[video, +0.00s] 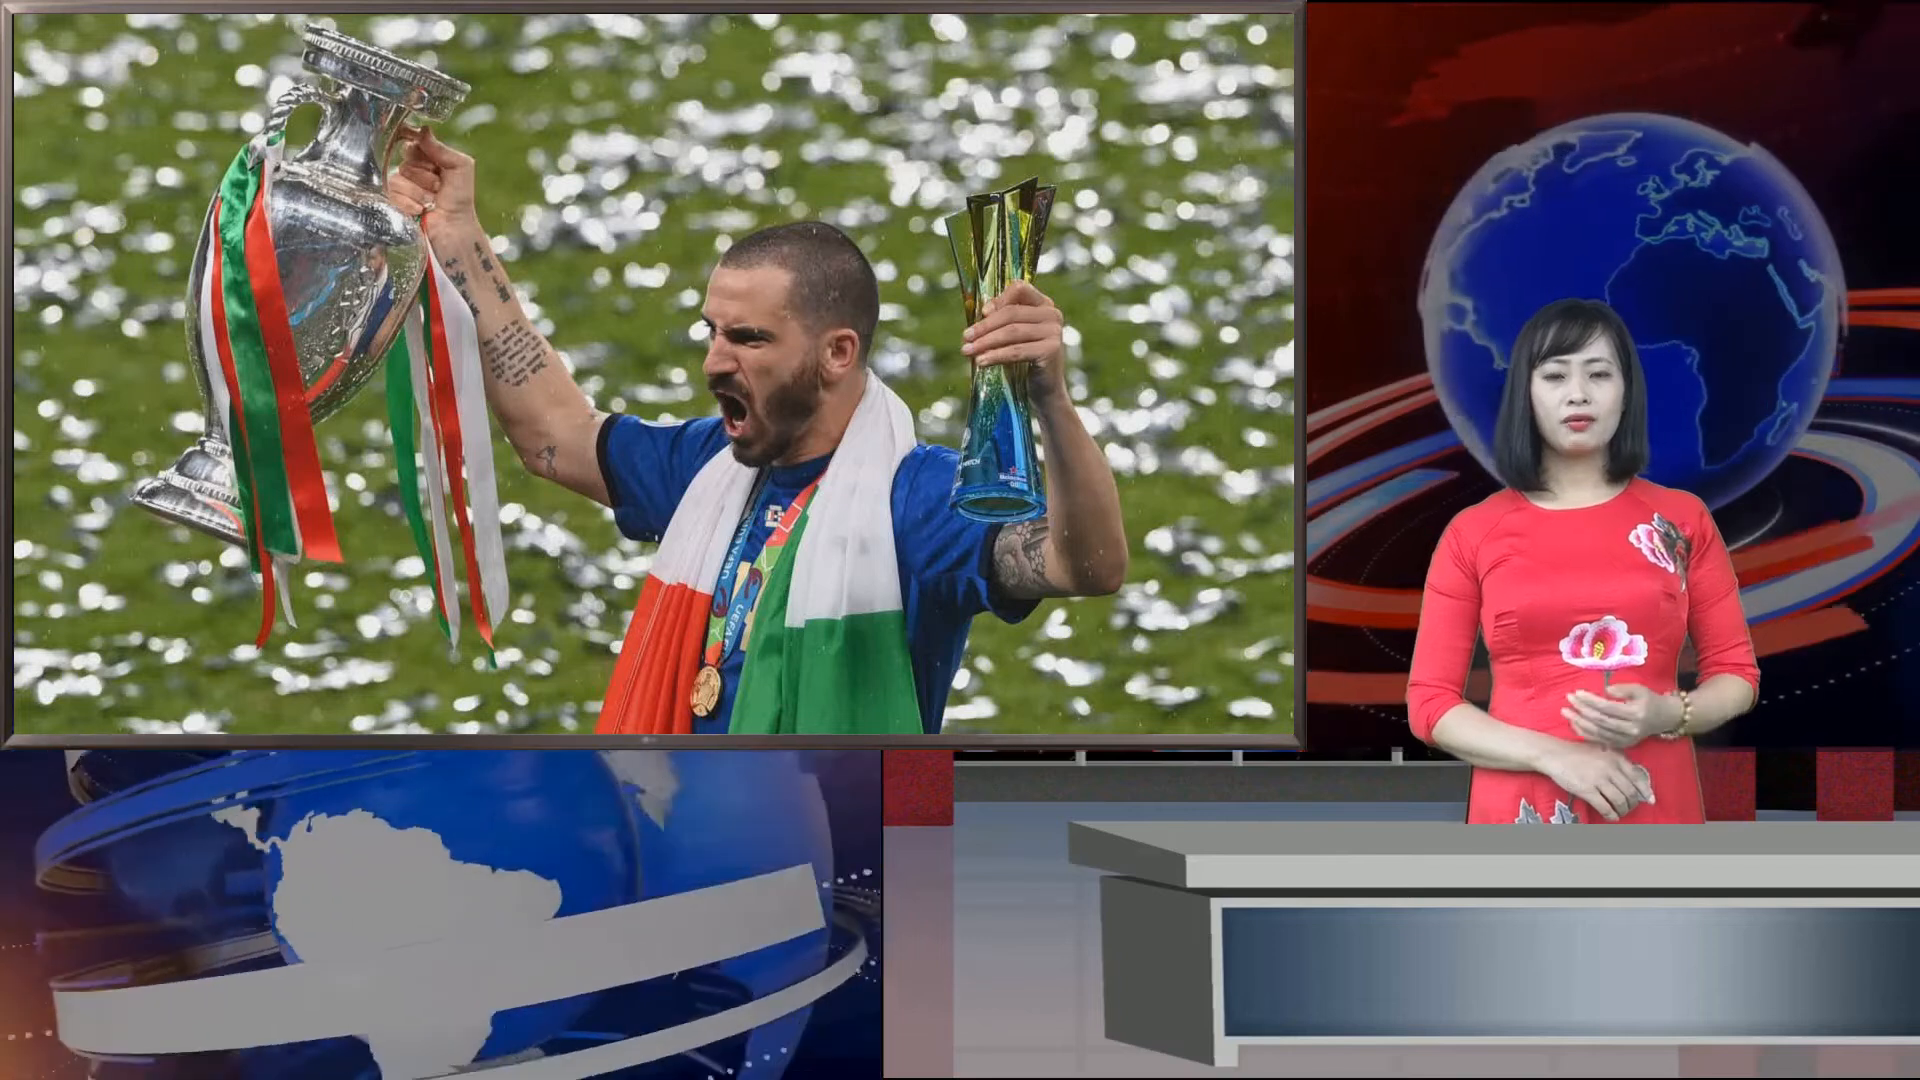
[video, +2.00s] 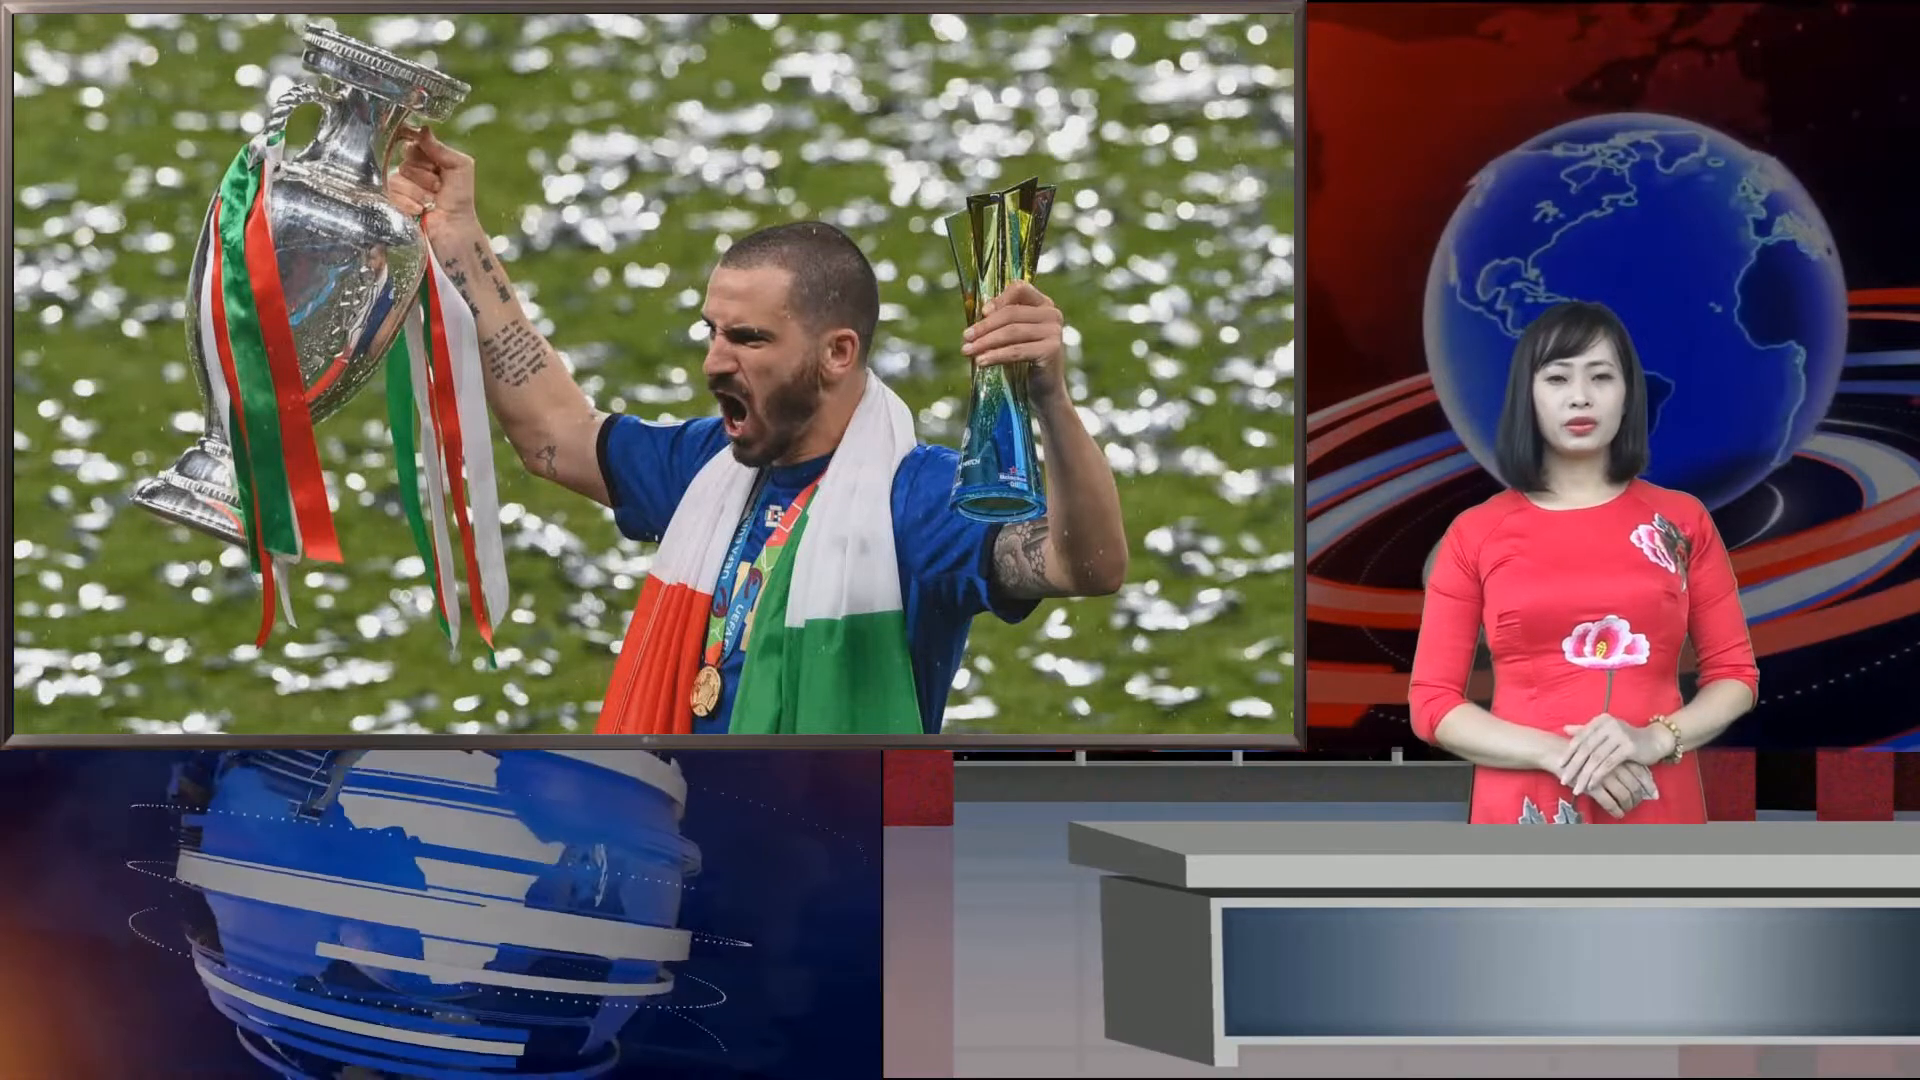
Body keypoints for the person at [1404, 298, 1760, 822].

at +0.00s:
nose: (1577, 393)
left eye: (1598, 374)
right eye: (1555, 375)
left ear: (1626, 392)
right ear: (1527, 393)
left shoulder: (1682, 520)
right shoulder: (1474, 534)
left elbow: (1736, 678)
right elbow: (1430, 703)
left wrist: (1665, 715)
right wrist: (1551, 754)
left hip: (1659, 825)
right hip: (1519, 826)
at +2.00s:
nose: (1580, 396)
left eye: (1601, 377)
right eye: (1557, 378)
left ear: (1627, 394)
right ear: (1528, 395)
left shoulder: (1681, 522)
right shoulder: (1476, 535)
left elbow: (1735, 678)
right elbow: (1432, 704)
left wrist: (1654, 738)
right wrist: (1560, 752)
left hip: (1660, 823)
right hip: (1520, 824)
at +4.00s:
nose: (1581, 393)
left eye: (1602, 374)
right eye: (1559, 376)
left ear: (1630, 392)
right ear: (1531, 394)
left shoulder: (1685, 520)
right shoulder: (1479, 533)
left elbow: (1739, 679)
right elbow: (1433, 701)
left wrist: (1650, 728)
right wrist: (1566, 752)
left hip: (1661, 824)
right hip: (1521, 824)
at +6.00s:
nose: (1581, 394)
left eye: (1603, 374)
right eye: (1560, 375)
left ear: (1632, 392)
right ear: (1533, 392)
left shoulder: (1687, 522)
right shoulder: (1480, 533)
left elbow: (1739, 680)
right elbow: (1433, 700)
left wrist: (1653, 729)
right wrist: (1569, 753)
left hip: (1662, 823)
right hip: (1522, 824)